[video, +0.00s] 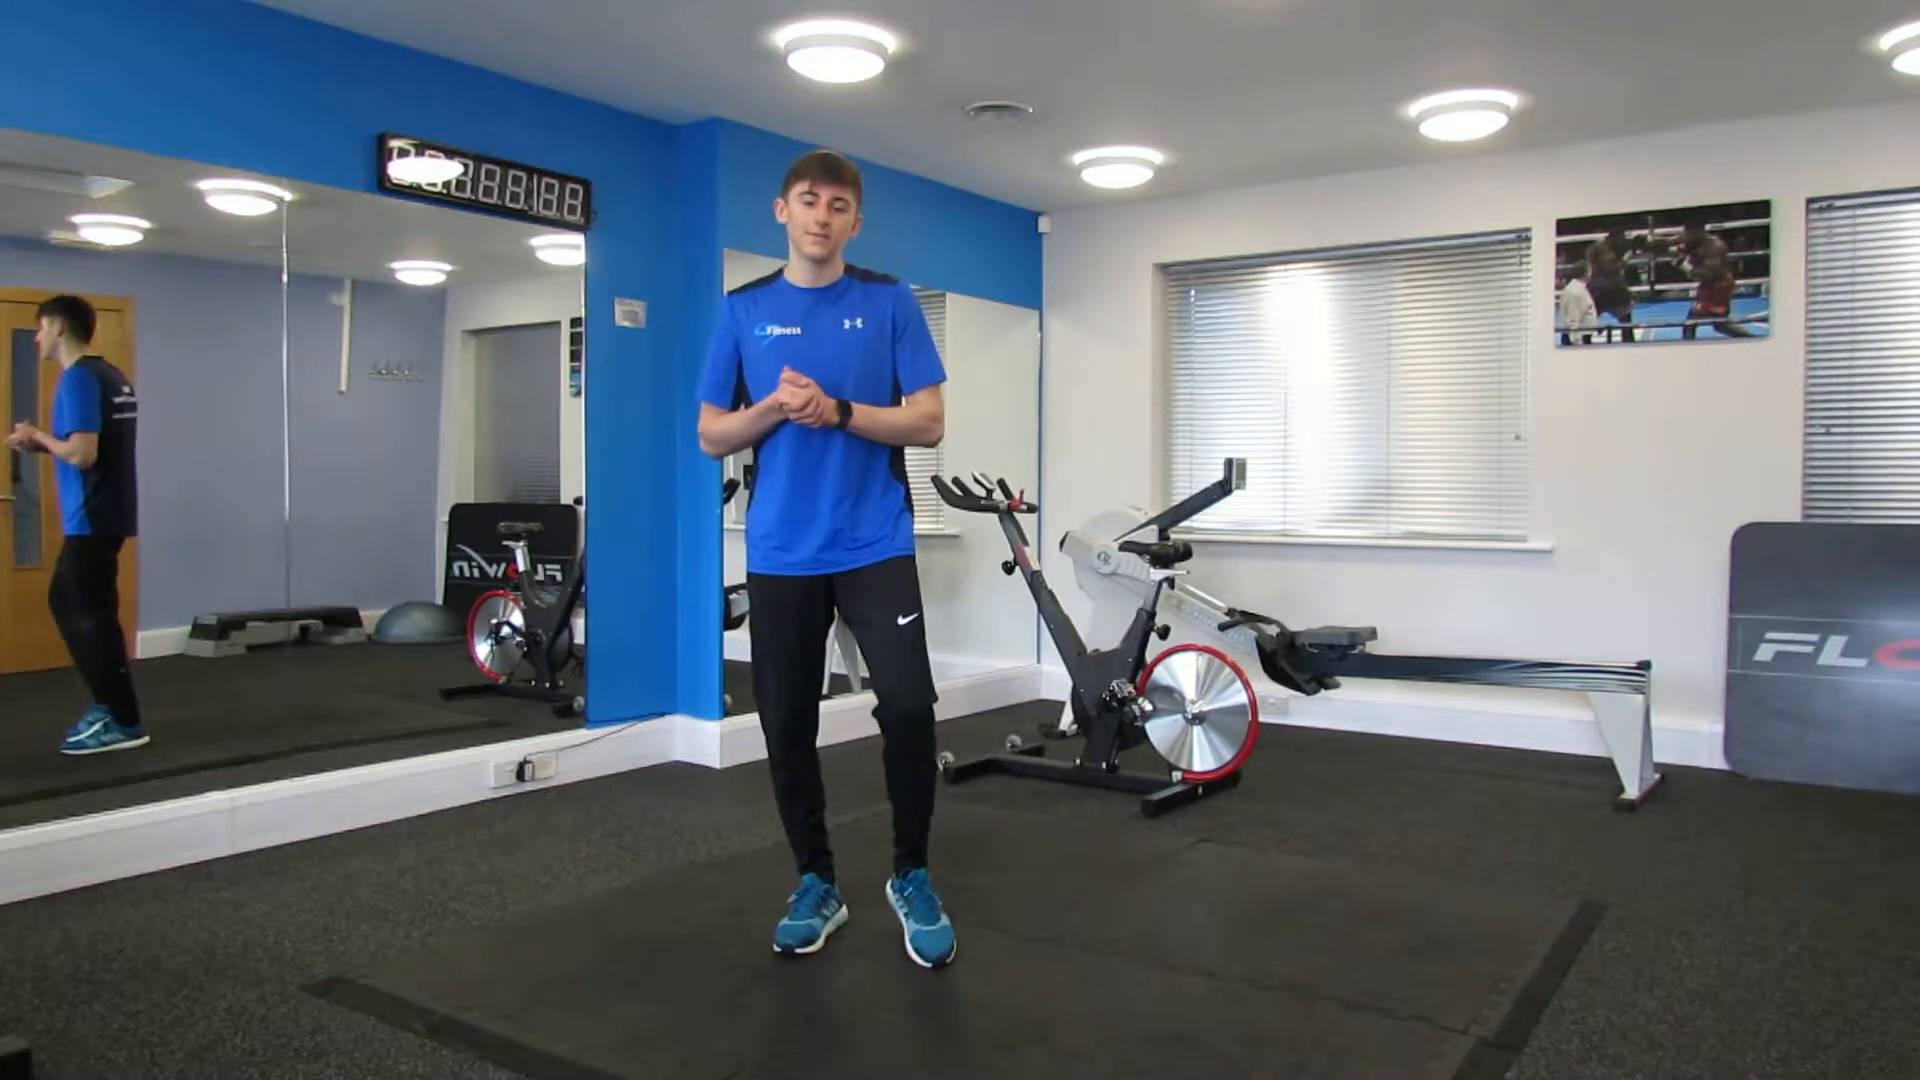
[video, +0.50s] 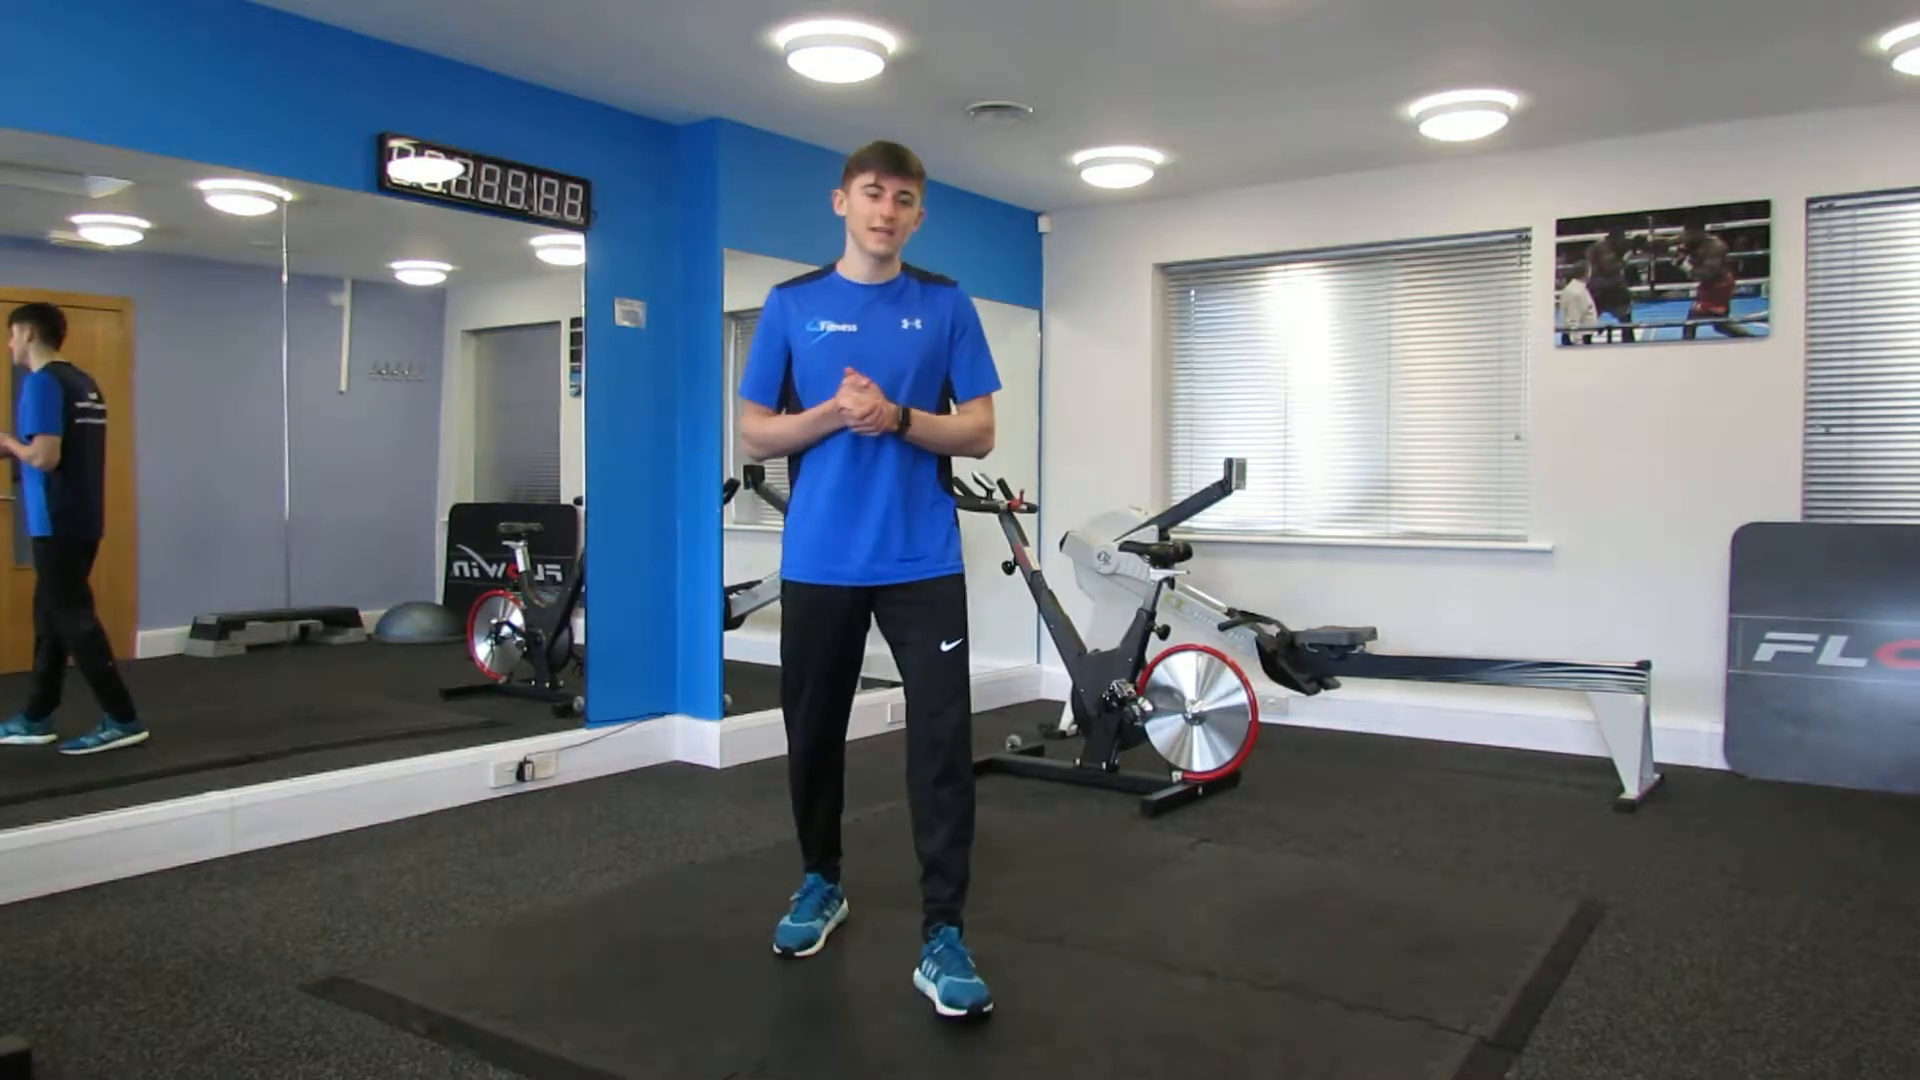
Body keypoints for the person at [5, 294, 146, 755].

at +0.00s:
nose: (36, 336)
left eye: (40, 327)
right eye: (38, 327)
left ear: (58, 328)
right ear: (81, 330)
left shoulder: (79, 377)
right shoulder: (111, 376)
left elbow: (83, 453)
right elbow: (92, 449)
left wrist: (40, 437)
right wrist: (42, 444)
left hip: (91, 522)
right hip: (108, 519)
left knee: (74, 604)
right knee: (83, 604)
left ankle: (122, 717)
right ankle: (109, 709)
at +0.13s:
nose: (32, 337)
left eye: (35, 327)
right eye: (33, 328)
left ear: (52, 328)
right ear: (74, 330)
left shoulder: (73, 378)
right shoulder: (106, 375)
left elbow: (76, 452)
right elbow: (90, 448)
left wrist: (39, 440)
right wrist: (40, 445)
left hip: (87, 523)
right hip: (100, 520)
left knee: (90, 614)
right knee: (62, 604)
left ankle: (125, 720)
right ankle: (84, 707)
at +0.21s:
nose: (27, 337)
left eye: (31, 328)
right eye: (29, 329)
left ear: (48, 329)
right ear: (68, 331)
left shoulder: (68, 378)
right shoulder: (101, 377)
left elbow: (72, 452)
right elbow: (85, 447)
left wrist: (35, 441)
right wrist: (38, 445)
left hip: (82, 525)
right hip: (100, 521)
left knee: (93, 618)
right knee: (66, 615)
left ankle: (126, 721)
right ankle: (60, 712)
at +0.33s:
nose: (19, 342)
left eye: (23, 332)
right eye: (21, 333)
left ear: (40, 333)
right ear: (61, 335)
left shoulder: (58, 382)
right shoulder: (94, 380)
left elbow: (64, 454)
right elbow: (81, 450)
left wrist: (23, 442)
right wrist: (30, 446)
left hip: (75, 529)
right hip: (98, 526)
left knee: (93, 620)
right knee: (68, 621)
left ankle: (126, 721)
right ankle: (43, 716)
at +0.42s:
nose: (15, 346)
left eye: (19, 336)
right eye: (16, 337)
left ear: (35, 335)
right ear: (58, 336)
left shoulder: (52, 382)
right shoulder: (90, 383)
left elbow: (56, 456)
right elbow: (78, 456)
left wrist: (15, 444)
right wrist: (25, 449)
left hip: (67, 530)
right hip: (90, 527)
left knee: (87, 621)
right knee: (61, 623)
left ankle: (126, 721)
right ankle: (39, 718)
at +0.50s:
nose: (9, 345)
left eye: (12, 336)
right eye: (10, 336)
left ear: (27, 335)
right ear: (54, 336)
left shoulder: (43, 381)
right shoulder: (85, 383)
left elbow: (46, 456)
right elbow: (81, 457)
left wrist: (11, 445)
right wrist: (24, 451)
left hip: (57, 529)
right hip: (82, 527)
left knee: (74, 620)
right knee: (51, 619)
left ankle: (124, 719)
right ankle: (36, 718)